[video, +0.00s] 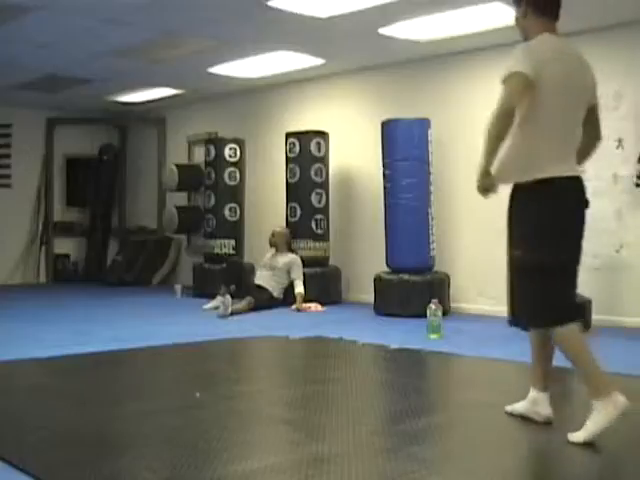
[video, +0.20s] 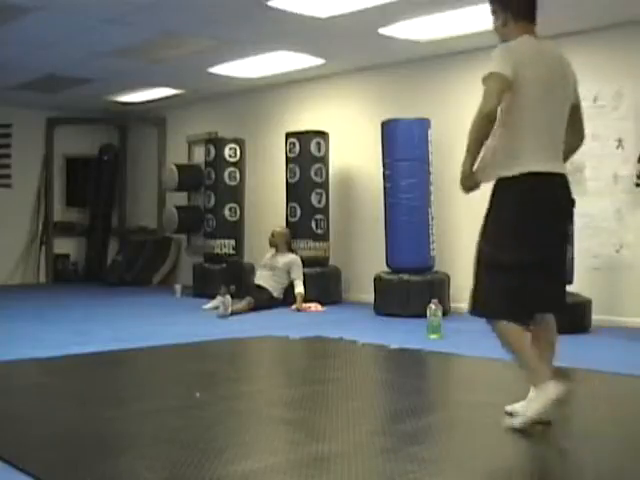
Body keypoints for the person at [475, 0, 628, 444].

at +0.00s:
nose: (516, 23)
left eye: (518, 15)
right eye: (517, 15)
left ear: (528, 13)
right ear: (556, 15)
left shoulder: (530, 54)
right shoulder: (579, 62)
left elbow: (505, 111)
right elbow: (592, 133)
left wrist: (485, 165)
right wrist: (562, 168)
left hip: (535, 192)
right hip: (568, 190)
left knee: (546, 302)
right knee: (542, 299)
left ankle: (606, 396)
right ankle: (538, 397)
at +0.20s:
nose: (494, 28)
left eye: (495, 19)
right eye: (495, 20)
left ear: (504, 17)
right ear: (533, 17)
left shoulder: (509, 53)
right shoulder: (561, 61)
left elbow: (487, 111)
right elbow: (576, 135)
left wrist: (467, 167)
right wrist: (542, 165)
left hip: (516, 189)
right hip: (555, 188)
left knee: (493, 300)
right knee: (544, 298)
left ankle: (543, 383)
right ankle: (540, 399)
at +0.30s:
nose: (482, 29)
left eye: (483, 21)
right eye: (483, 21)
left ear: (494, 19)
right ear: (521, 20)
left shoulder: (499, 55)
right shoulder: (551, 63)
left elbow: (490, 111)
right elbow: (580, 131)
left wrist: (471, 171)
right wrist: (556, 174)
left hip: (506, 190)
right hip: (547, 190)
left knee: (480, 295)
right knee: (540, 293)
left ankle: (499, 389)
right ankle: (539, 394)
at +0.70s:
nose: (435, 37)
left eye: (436, 30)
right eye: (437, 30)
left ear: (445, 27)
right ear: (473, 27)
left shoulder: (438, 65)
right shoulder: (503, 67)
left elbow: (422, 121)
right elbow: (534, 127)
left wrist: (419, 177)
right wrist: (505, 162)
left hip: (460, 192)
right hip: (502, 189)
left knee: (451, 291)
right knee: (512, 285)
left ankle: (446, 387)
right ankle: (537, 376)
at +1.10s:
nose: (394, 42)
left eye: (395, 36)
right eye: (395, 36)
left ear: (404, 33)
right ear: (430, 33)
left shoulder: (398, 68)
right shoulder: (462, 68)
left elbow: (395, 118)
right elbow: (506, 117)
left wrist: (394, 178)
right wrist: (495, 167)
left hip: (428, 189)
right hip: (464, 186)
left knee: (431, 286)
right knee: (452, 278)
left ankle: (445, 386)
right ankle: (475, 352)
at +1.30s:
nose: (378, 51)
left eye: (378, 44)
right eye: (378, 45)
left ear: (390, 39)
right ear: (413, 38)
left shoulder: (388, 74)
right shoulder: (447, 76)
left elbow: (384, 128)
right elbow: (485, 129)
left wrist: (374, 186)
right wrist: (473, 177)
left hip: (413, 197)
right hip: (447, 194)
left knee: (431, 294)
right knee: (424, 286)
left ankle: (445, 386)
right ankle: (419, 365)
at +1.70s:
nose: (345, 54)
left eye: (349, 45)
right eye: (341, 48)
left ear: (373, 41)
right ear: (363, 48)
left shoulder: (382, 72)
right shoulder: (380, 81)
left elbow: (402, 119)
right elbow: (421, 129)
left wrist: (381, 179)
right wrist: (419, 177)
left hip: (395, 193)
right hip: (393, 193)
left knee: (383, 284)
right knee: (391, 283)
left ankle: (433, 362)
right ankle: (395, 367)